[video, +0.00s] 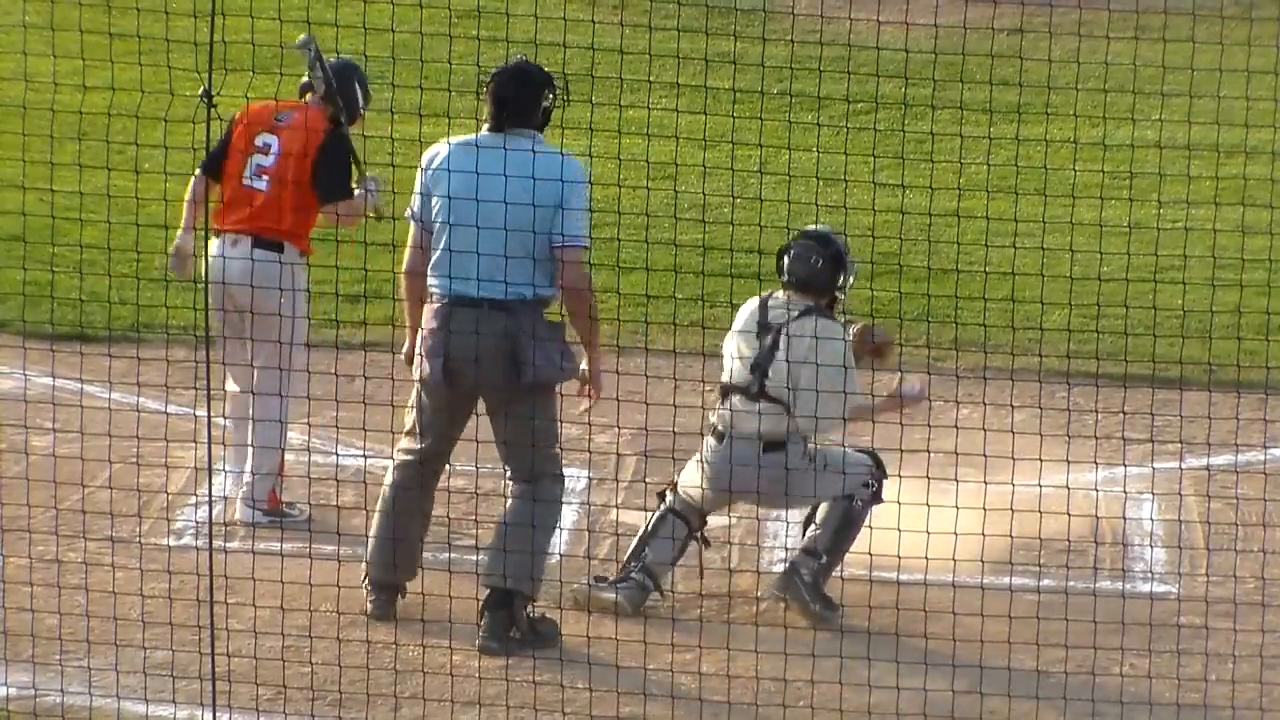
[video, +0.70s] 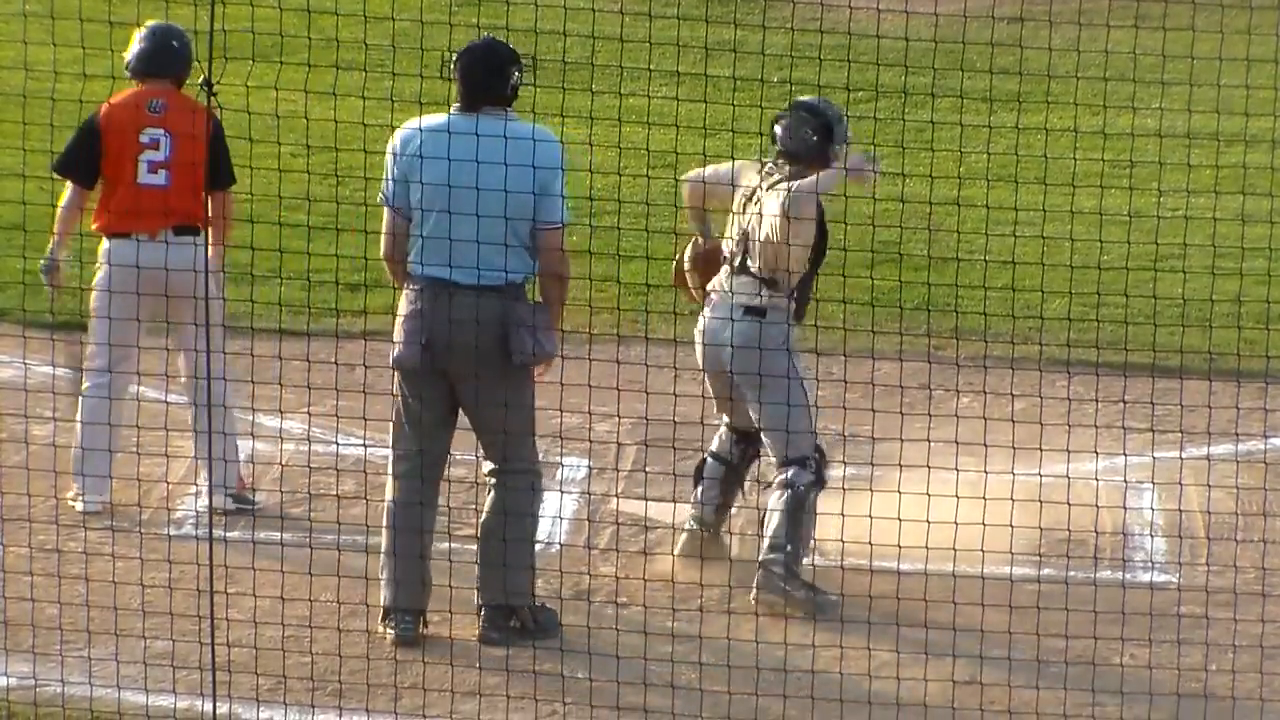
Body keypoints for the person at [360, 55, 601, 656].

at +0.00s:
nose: (550, 115)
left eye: (543, 106)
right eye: (548, 107)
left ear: (490, 107)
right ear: (543, 112)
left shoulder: (440, 158)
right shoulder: (564, 170)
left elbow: (415, 265)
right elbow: (573, 280)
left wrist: (412, 332)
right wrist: (592, 352)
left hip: (446, 333)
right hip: (519, 338)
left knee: (419, 455)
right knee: (538, 478)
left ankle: (382, 587)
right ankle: (503, 611)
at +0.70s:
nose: (514, 91)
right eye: (514, 83)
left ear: (456, 86)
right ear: (511, 88)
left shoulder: (411, 138)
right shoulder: (540, 146)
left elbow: (394, 245)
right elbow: (552, 254)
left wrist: (417, 299)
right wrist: (551, 327)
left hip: (422, 317)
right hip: (498, 320)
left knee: (414, 464)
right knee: (515, 465)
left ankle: (403, 609)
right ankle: (505, 607)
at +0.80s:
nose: (502, 96)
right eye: (503, 88)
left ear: (444, 88)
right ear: (502, 91)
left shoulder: (402, 142)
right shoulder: (533, 148)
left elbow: (382, 253)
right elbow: (547, 259)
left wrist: (410, 295)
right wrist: (534, 322)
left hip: (414, 318)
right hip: (492, 323)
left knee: (407, 466)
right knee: (511, 466)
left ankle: (402, 610)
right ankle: (505, 608)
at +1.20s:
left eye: (428, 86)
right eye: (484, 91)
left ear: (427, 90)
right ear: (483, 94)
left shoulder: (382, 144)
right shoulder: (514, 147)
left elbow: (352, 252)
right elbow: (528, 259)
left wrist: (328, 331)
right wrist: (518, 320)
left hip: (402, 324)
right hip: (477, 328)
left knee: (400, 470)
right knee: (505, 470)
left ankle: (402, 615)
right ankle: (505, 608)